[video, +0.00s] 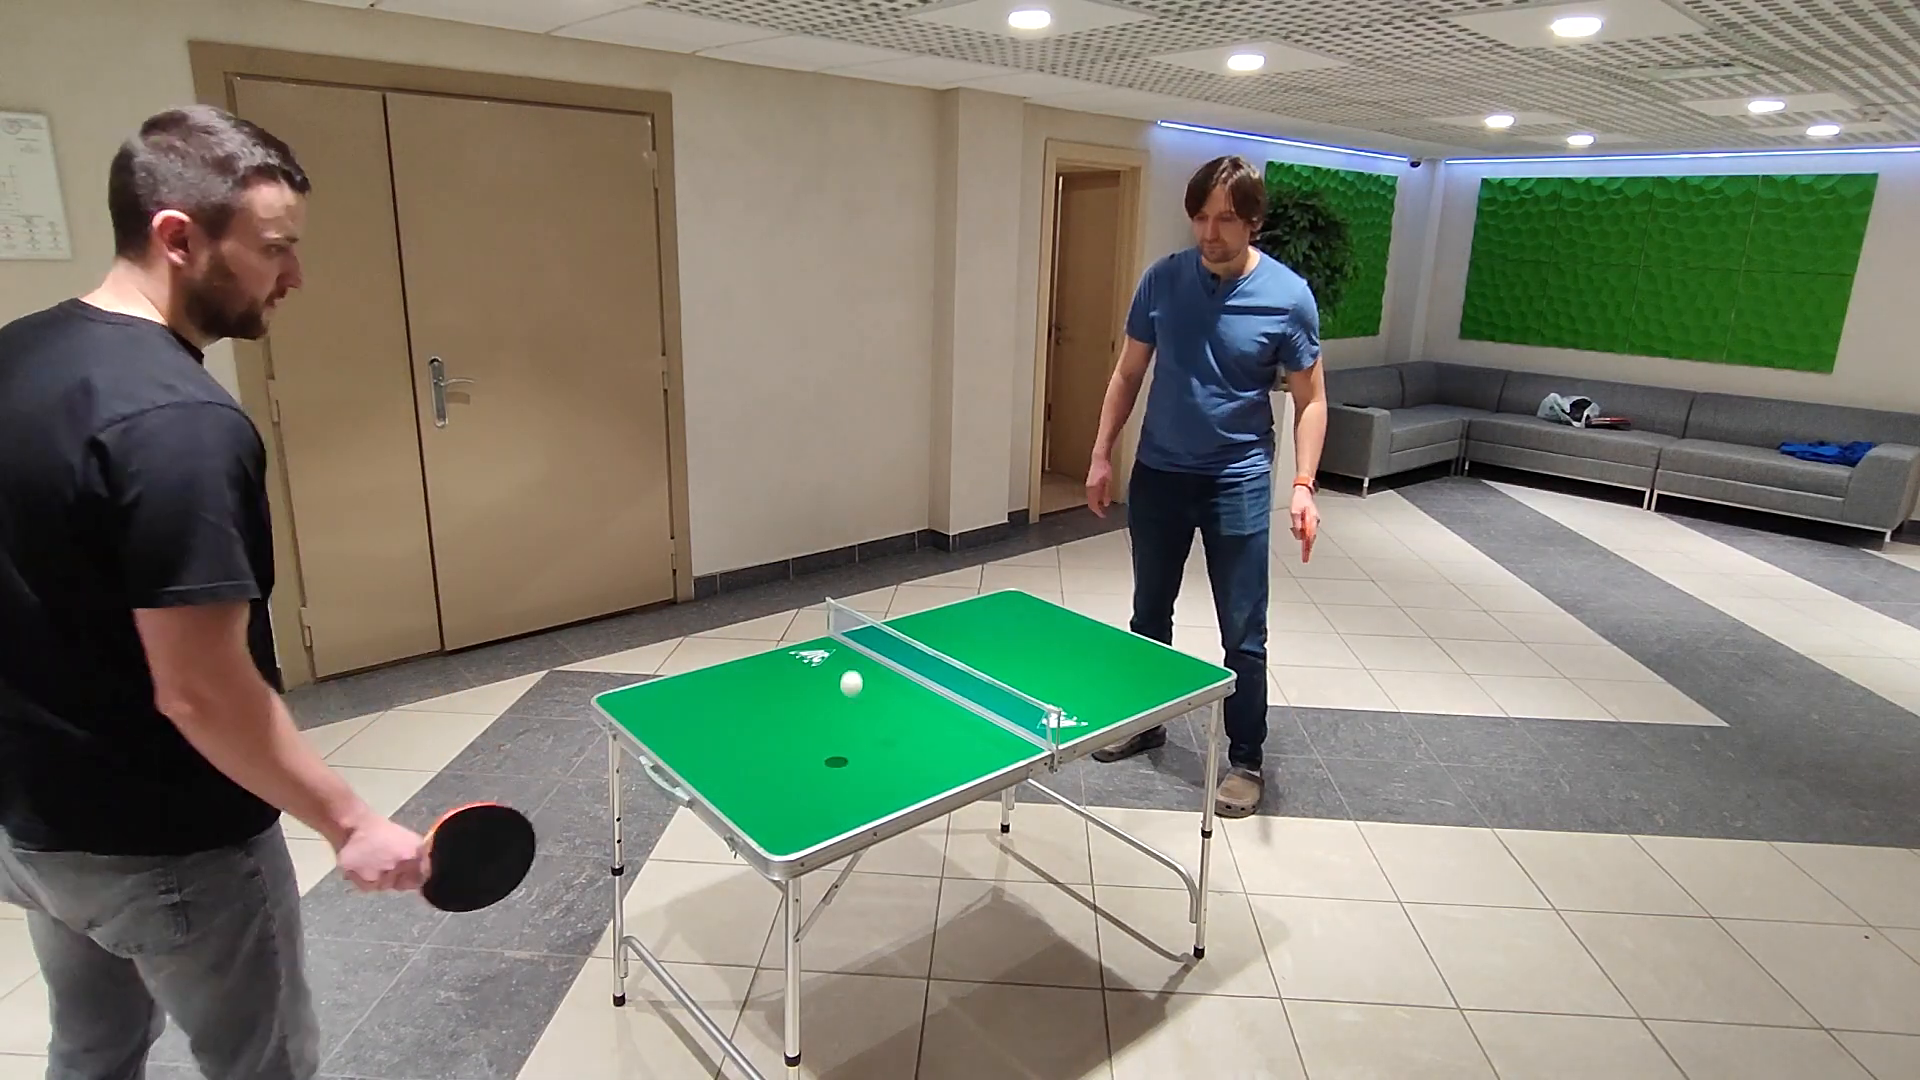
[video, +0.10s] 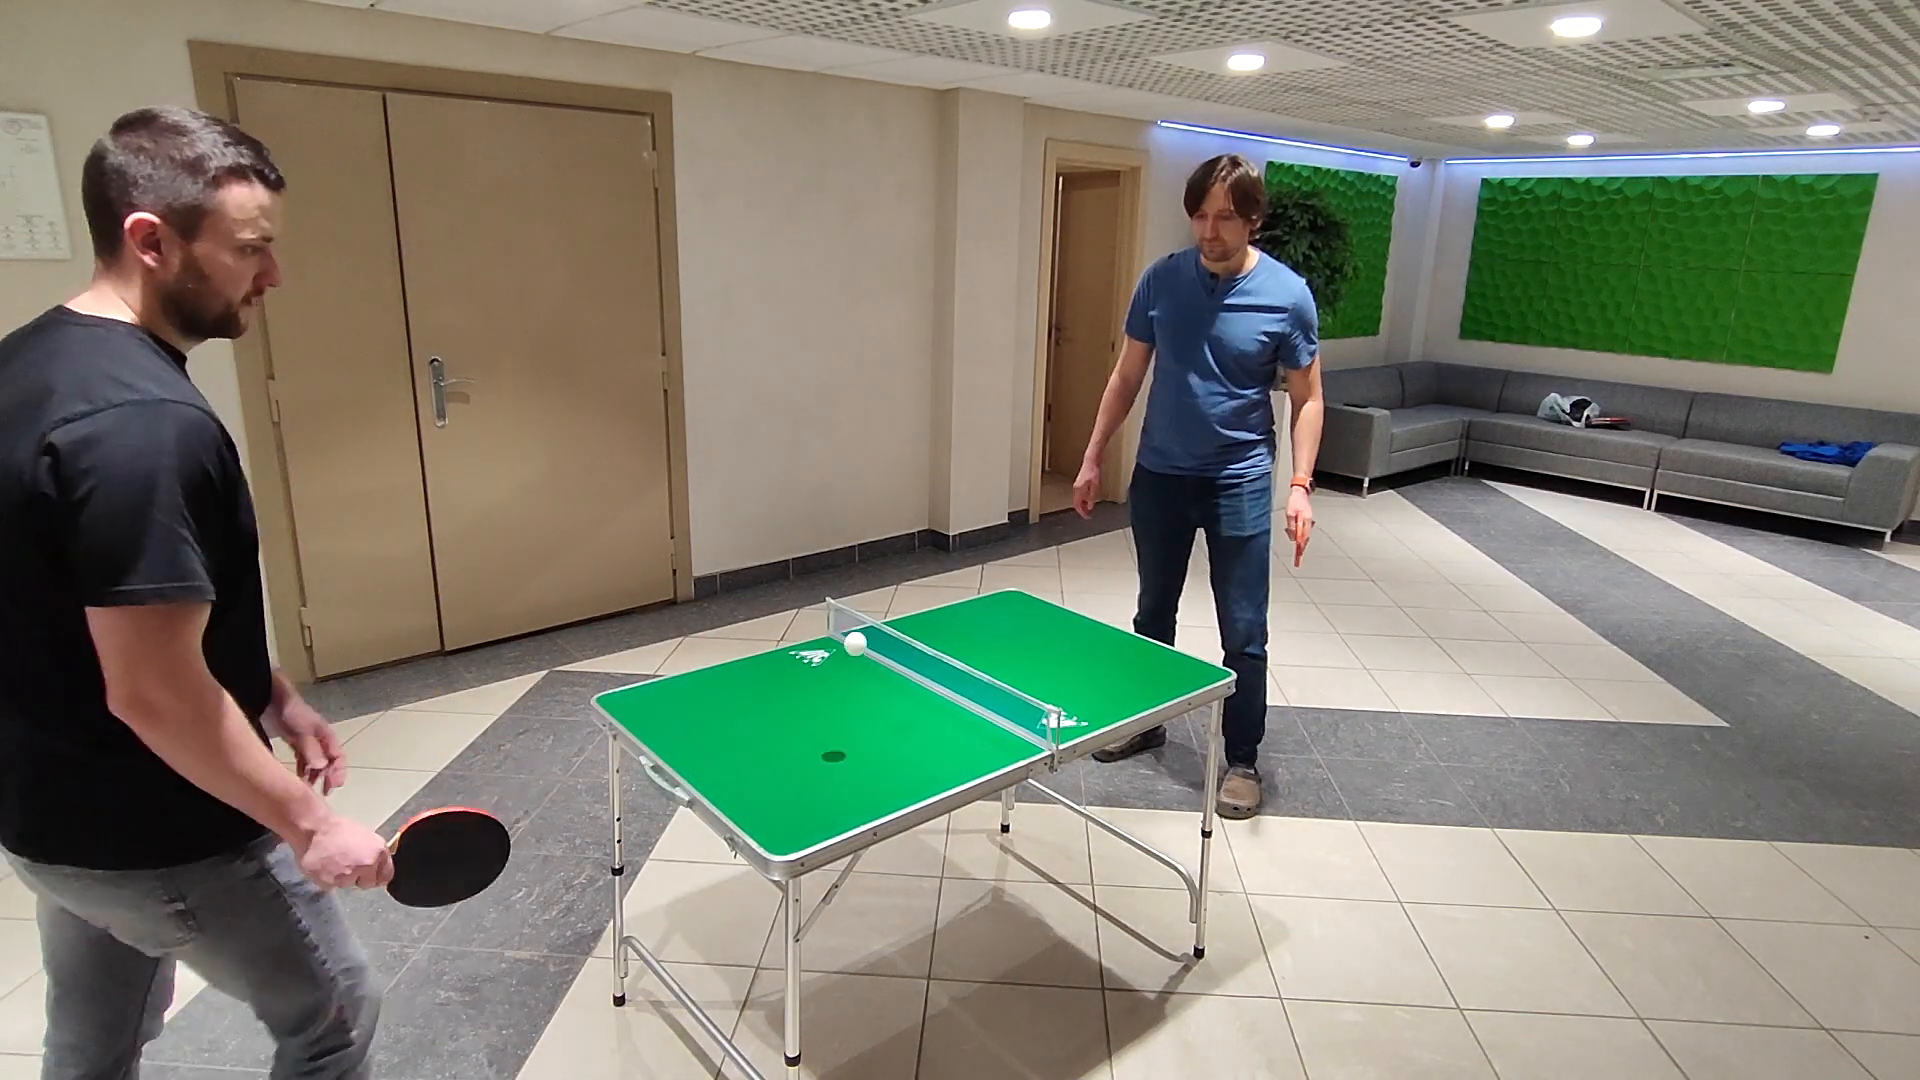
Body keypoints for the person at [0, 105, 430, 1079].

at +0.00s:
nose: (295, 277)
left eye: (294, 248)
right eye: (278, 246)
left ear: (171, 239)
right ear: (177, 239)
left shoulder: (18, 352)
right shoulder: (182, 422)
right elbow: (204, 688)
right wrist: (348, 822)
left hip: (36, 821)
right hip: (176, 847)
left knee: (90, 1056)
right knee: (269, 1063)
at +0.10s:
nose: (274, 276)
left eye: (271, 247)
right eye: (252, 247)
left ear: (148, 244)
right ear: (150, 241)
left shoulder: (33, 359)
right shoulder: (142, 422)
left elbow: (163, 578)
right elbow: (155, 692)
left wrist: (273, 696)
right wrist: (310, 824)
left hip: (55, 815)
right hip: (174, 839)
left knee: (92, 1047)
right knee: (334, 1021)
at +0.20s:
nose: (285, 276)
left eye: (281, 249)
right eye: (264, 249)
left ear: (162, 247)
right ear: (163, 243)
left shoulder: (82, 359)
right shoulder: (139, 419)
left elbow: (202, 575)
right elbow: (152, 687)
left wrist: (326, 676)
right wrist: (315, 809)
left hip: (82, 798)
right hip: (170, 823)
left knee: (102, 1039)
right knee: (366, 996)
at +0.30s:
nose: (333, 287)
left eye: (331, 258)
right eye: (313, 259)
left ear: (213, 256)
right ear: (216, 254)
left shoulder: (165, 366)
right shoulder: (177, 426)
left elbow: (266, 561)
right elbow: (174, 692)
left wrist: (402, 656)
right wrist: (352, 795)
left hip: (121, 795)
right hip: (201, 820)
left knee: (115, 1038)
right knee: (389, 1011)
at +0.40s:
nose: (408, 311)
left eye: (407, 284)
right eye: (392, 286)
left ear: (299, 279)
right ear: (304, 279)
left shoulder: (248, 381)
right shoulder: (252, 444)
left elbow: (359, 546)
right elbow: (217, 706)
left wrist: (500, 631)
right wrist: (398, 800)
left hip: (154, 797)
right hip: (238, 822)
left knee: (131, 1046)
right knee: (426, 1026)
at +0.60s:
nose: (609, 390)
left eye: (612, 369)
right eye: (604, 369)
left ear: (523, 352)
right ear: (536, 359)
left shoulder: (433, 414)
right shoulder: (435, 489)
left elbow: (562, 546)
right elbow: (344, 735)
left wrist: (703, 613)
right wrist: (494, 854)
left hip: (246, 769)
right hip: (317, 808)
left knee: (217, 1021)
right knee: (515, 979)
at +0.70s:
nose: (680, 417)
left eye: (687, 397)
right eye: (679, 395)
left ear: (602, 376)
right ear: (618, 380)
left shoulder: (500, 412)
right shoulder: (511, 491)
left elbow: (629, 555)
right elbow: (391, 725)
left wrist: (744, 634)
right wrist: (514, 866)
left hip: (275, 745)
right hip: (351, 793)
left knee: (252, 988)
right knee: (530, 980)